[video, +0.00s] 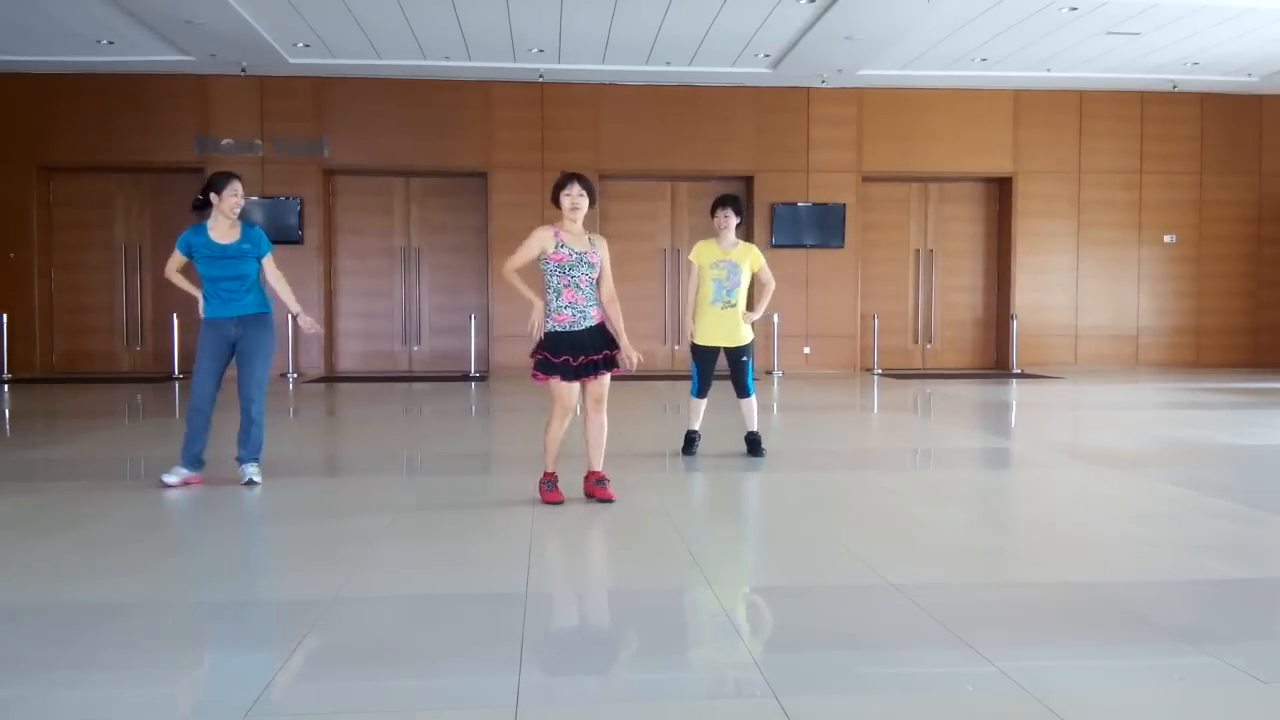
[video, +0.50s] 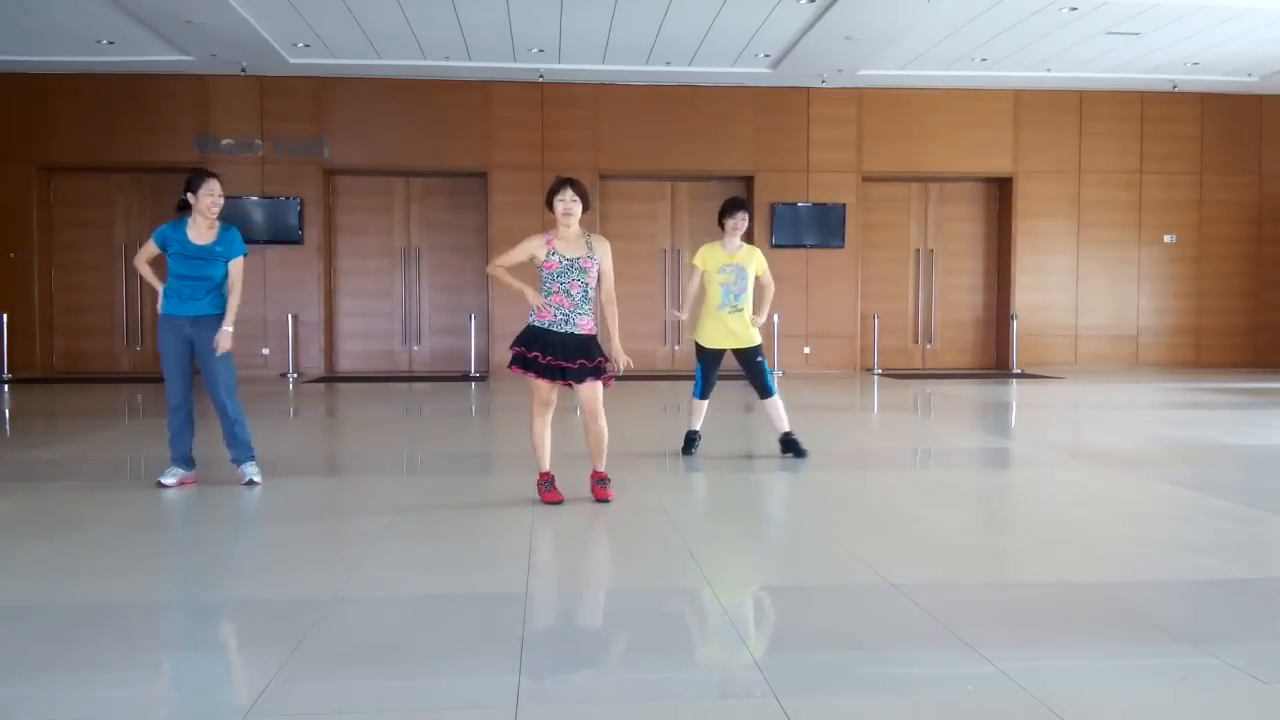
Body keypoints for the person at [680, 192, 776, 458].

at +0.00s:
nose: (721, 220)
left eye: (726, 216)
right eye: (717, 216)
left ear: (737, 220)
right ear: (713, 220)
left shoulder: (749, 252)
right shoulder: (701, 249)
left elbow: (768, 283)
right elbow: (692, 285)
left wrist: (757, 312)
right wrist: (688, 318)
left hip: (737, 329)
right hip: (704, 327)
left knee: (744, 386)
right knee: (700, 385)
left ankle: (753, 436)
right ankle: (692, 434)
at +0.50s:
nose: (737, 224)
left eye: (743, 219)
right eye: (732, 218)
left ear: (747, 224)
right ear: (722, 220)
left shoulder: (753, 254)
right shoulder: (707, 252)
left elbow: (769, 285)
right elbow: (694, 283)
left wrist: (762, 315)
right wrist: (685, 311)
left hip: (744, 330)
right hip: (711, 330)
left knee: (764, 383)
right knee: (703, 385)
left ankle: (786, 436)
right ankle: (693, 434)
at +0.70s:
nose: (760, 222)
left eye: (765, 218)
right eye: (754, 218)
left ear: (771, 223)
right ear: (745, 223)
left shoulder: (781, 256)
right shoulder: (734, 254)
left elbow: (795, 287)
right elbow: (719, 291)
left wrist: (789, 317)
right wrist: (712, 323)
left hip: (772, 331)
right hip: (737, 331)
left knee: (791, 382)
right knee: (721, 384)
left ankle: (805, 438)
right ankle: (697, 433)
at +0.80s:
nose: (770, 220)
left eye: (775, 215)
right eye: (765, 215)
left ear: (781, 220)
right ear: (756, 221)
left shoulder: (793, 253)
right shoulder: (745, 253)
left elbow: (811, 281)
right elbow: (735, 291)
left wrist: (805, 315)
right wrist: (729, 326)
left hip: (787, 329)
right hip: (753, 330)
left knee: (800, 385)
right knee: (735, 386)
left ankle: (806, 438)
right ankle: (714, 433)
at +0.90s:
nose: (779, 217)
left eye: (783, 212)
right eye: (773, 213)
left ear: (790, 217)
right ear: (764, 218)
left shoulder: (802, 250)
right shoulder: (754, 251)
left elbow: (821, 279)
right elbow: (747, 290)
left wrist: (815, 314)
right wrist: (743, 327)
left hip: (797, 329)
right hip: (763, 330)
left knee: (804, 387)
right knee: (751, 387)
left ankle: (807, 438)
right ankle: (740, 436)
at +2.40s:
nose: (795, 214)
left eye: (800, 210)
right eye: (790, 209)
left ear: (806, 215)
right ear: (781, 214)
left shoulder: (817, 247)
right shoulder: (769, 249)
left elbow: (839, 281)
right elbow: (762, 288)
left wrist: (833, 316)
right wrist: (758, 325)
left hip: (812, 329)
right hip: (778, 329)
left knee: (811, 389)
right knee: (772, 387)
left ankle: (810, 439)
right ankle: (759, 437)